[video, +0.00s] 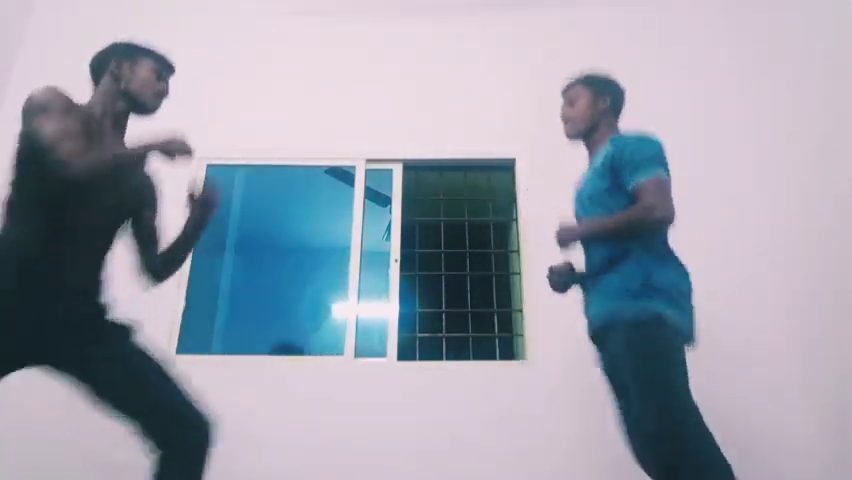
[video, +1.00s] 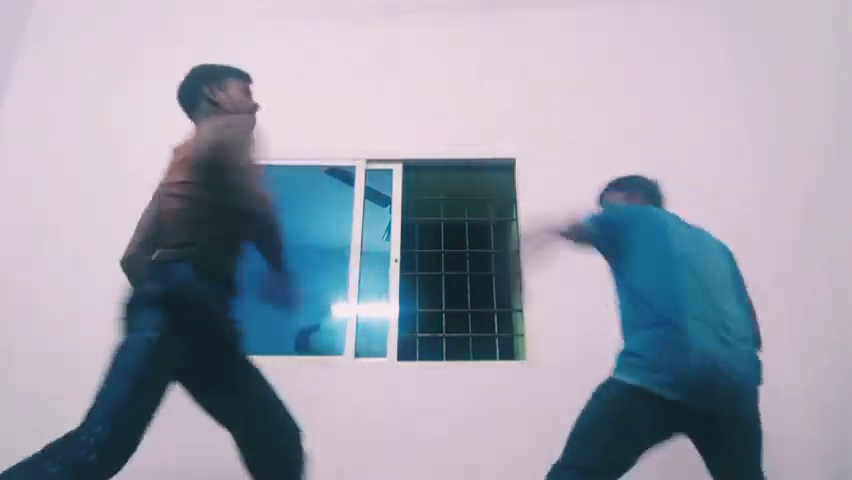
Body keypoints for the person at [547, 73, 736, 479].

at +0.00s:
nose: (563, 111)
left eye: (572, 101)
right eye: (563, 104)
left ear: (604, 105)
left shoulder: (634, 146)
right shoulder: (592, 178)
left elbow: (659, 208)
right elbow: (621, 256)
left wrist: (584, 230)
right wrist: (577, 273)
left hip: (645, 310)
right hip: (612, 319)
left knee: (670, 429)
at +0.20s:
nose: (562, 138)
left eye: (570, 128)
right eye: (563, 131)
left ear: (601, 130)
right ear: (599, 134)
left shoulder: (620, 166)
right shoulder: (619, 179)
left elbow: (646, 218)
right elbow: (642, 279)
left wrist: (580, 233)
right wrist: (588, 277)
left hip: (648, 318)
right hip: (679, 324)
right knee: (688, 453)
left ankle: (654, 473)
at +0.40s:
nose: (552, 121)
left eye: (558, 109)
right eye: (551, 112)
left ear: (588, 107)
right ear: (597, 112)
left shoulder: (590, 135)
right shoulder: (645, 161)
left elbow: (598, 186)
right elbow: (645, 231)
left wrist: (560, 220)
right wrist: (592, 251)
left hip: (619, 299)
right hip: (679, 305)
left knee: (592, 420)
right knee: (679, 428)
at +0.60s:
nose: (548, 144)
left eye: (555, 131)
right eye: (548, 133)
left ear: (584, 130)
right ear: (594, 134)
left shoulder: (579, 159)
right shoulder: (654, 183)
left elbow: (575, 215)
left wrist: (542, 246)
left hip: (605, 323)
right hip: (675, 327)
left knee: (580, 447)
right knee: (693, 445)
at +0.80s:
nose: (562, 165)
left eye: (565, 158)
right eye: (562, 158)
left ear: (574, 153)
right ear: (609, 149)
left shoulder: (578, 162)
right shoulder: (669, 186)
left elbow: (492, 146)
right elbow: (729, 248)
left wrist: (489, 139)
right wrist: (671, 263)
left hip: (626, 317)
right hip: (704, 317)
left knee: (582, 435)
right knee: (743, 430)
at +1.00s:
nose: (603, 213)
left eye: (607, 206)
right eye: (603, 207)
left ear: (630, 198)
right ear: (658, 201)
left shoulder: (628, 218)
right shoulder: (716, 246)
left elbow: (578, 230)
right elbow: (752, 335)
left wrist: (554, 232)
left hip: (655, 380)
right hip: (732, 390)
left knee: (574, 474)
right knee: (745, 476)